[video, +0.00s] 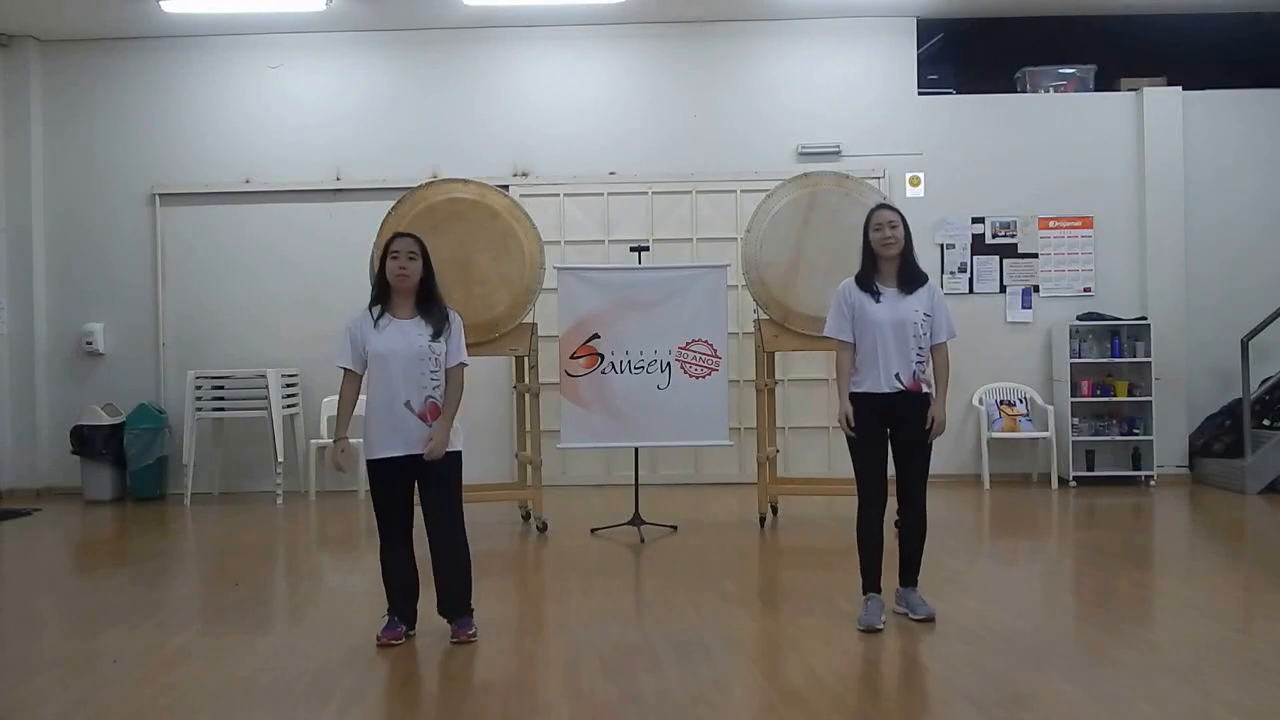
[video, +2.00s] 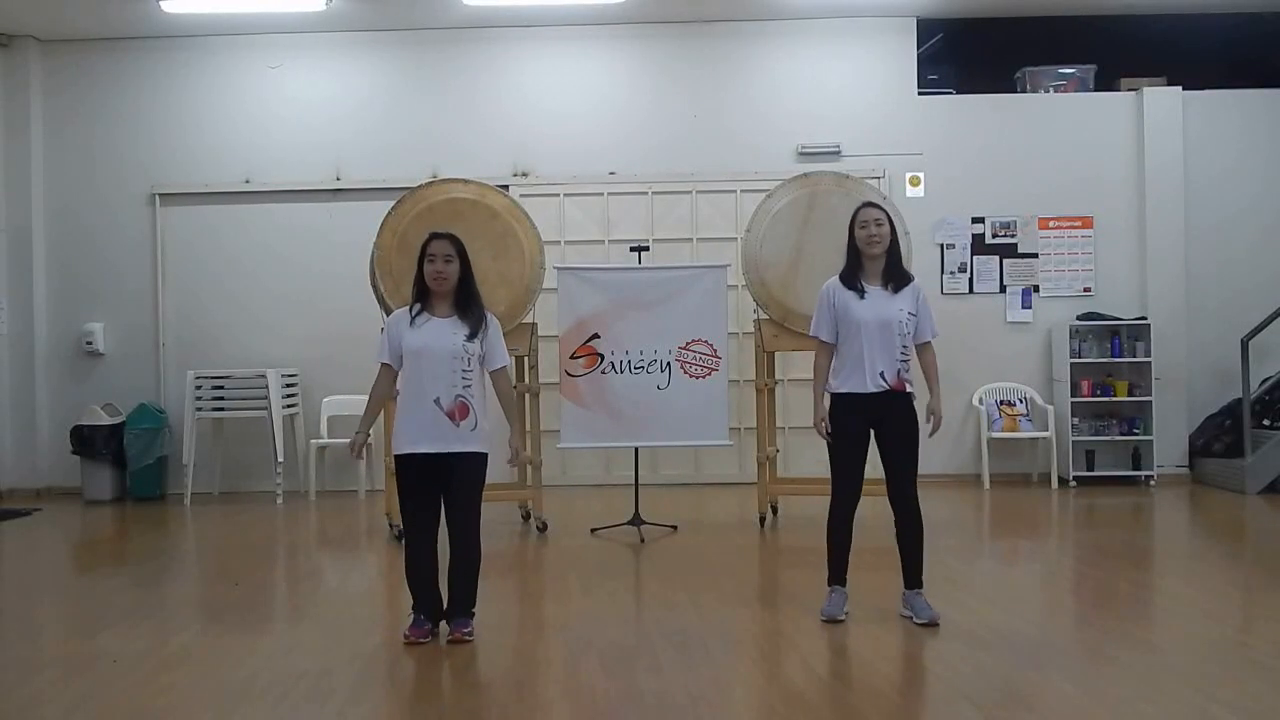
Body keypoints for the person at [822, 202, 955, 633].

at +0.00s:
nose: (887, 233)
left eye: (893, 226)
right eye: (878, 228)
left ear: (906, 234)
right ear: (867, 238)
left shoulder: (925, 288)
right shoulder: (851, 290)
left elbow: (939, 349)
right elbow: (844, 349)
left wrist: (940, 401)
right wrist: (843, 399)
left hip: (914, 404)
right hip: (866, 404)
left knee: (913, 501)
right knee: (871, 501)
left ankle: (908, 590)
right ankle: (871, 597)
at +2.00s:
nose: (872, 231)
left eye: (879, 224)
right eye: (864, 225)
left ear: (892, 232)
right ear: (853, 236)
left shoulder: (910, 289)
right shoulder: (835, 290)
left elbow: (924, 346)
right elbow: (823, 348)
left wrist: (934, 395)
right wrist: (819, 400)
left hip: (897, 405)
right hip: (847, 406)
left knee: (905, 499)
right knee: (843, 499)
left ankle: (914, 593)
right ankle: (836, 591)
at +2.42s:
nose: (882, 241)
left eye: (889, 234)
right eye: (874, 236)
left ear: (902, 241)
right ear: (863, 245)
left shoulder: (922, 296)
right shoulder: (846, 300)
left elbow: (951, 352)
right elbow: (830, 357)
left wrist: (973, 348)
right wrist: (797, 354)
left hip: (913, 412)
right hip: (862, 413)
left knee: (920, 506)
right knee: (859, 507)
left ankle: (915, 594)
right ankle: (864, 584)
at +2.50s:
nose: (881, 243)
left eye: (888, 236)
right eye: (873, 238)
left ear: (902, 243)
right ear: (862, 247)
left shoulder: (921, 295)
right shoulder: (845, 298)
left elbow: (953, 344)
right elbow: (820, 348)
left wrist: (964, 313)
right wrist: (798, 327)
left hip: (910, 413)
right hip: (860, 414)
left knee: (917, 507)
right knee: (851, 506)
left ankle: (915, 594)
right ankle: (866, 582)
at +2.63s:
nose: (874, 236)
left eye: (882, 229)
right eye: (866, 230)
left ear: (894, 237)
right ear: (855, 240)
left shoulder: (909, 288)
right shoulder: (839, 288)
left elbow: (925, 325)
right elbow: (814, 326)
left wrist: (919, 275)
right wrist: (806, 281)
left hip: (900, 407)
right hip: (850, 406)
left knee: (908, 504)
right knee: (828, 500)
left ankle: (915, 594)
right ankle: (823, 589)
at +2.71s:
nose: (865, 234)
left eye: (872, 228)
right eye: (857, 229)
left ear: (886, 236)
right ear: (847, 240)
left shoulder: (903, 287)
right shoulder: (835, 285)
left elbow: (899, 328)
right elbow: (815, 323)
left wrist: (879, 285)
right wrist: (822, 277)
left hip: (885, 405)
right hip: (835, 404)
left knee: (900, 502)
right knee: (815, 500)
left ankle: (914, 595)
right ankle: (787, 595)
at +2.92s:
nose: (846, 243)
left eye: (854, 237)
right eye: (838, 237)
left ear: (864, 247)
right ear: (825, 245)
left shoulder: (874, 303)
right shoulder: (800, 293)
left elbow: (890, 362)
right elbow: (777, 349)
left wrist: (874, 338)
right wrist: (797, 331)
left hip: (841, 413)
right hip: (794, 409)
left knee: (873, 507)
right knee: (790, 508)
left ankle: (894, 591)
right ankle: (777, 597)